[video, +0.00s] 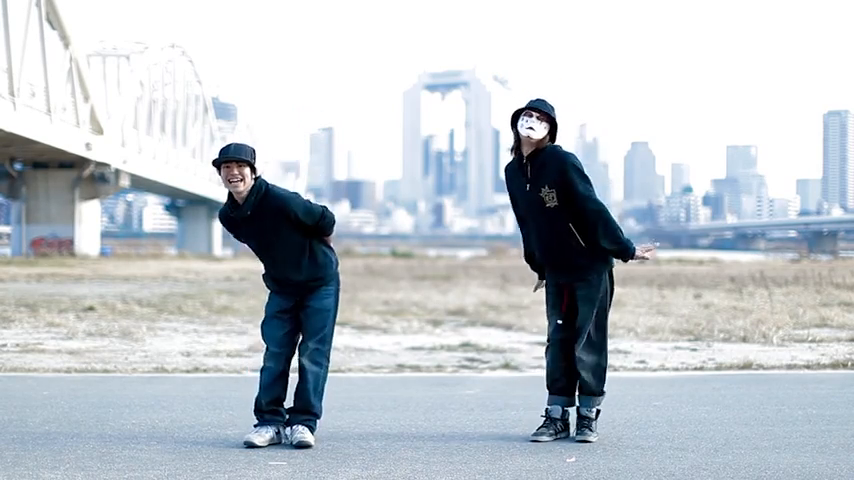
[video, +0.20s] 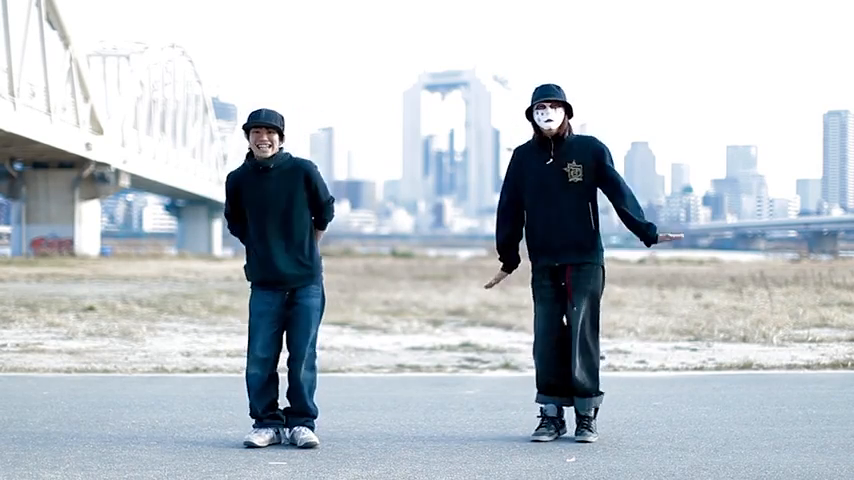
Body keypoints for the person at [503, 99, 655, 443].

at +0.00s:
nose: (532, 122)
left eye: (540, 119)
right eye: (527, 117)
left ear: (550, 130)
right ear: (517, 124)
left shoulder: (561, 161)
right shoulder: (512, 171)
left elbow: (590, 206)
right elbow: (526, 222)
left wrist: (625, 249)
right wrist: (538, 264)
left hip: (589, 264)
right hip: (554, 266)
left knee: (587, 337)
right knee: (557, 338)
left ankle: (587, 416)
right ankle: (556, 416)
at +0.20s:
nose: (546, 114)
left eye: (552, 108)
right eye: (540, 109)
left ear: (565, 112)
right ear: (532, 115)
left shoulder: (588, 149)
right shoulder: (523, 155)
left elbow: (619, 193)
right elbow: (509, 208)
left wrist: (647, 232)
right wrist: (509, 256)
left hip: (585, 256)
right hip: (544, 258)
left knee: (582, 332)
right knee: (546, 334)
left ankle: (586, 415)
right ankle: (550, 415)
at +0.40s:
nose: (561, 144)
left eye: (567, 139)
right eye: (554, 139)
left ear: (577, 145)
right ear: (545, 145)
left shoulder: (593, 191)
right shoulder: (530, 187)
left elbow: (614, 241)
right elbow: (519, 239)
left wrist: (629, 286)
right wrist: (516, 287)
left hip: (582, 286)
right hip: (542, 286)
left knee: (576, 352)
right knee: (543, 353)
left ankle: (578, 421)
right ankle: (550, 419)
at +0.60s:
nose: (581, 114)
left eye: (587, 109)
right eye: (575, 109)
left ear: (597, 115)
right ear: (565, 115)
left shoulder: (601, 163)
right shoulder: (546, 150)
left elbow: (600, 218)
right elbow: (523, 199)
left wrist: (597, 264)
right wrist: (503, 248)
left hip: (578, 260)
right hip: (538, 258)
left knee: (578, 338)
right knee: (543, 338)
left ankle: (583, 415)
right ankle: (549, 416)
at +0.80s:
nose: (595, 127)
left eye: (600, 120)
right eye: (587, 124)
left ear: (610, 126)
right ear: (578, 132)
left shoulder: (605, 171)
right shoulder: (563, 165)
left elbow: (577, 215)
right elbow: (534, 206)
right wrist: (498, 239)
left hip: (567, 265)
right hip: (533, 265)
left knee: (566, 334)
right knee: (529, 336)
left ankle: (576, 414)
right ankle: (543, 415)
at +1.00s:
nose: (588, 117)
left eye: (594, 111)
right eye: (580, 113)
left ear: (605, 119)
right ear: (571, 121)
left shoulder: (607, 162)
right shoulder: (555, 154)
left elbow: (599, 215)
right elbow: (532, 203)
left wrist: (592, 255)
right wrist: (504, 248)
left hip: (576, 264)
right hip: (540, 262)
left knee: (571, 337)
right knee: (535, 337)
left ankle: (572, 413)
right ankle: (543, 415)